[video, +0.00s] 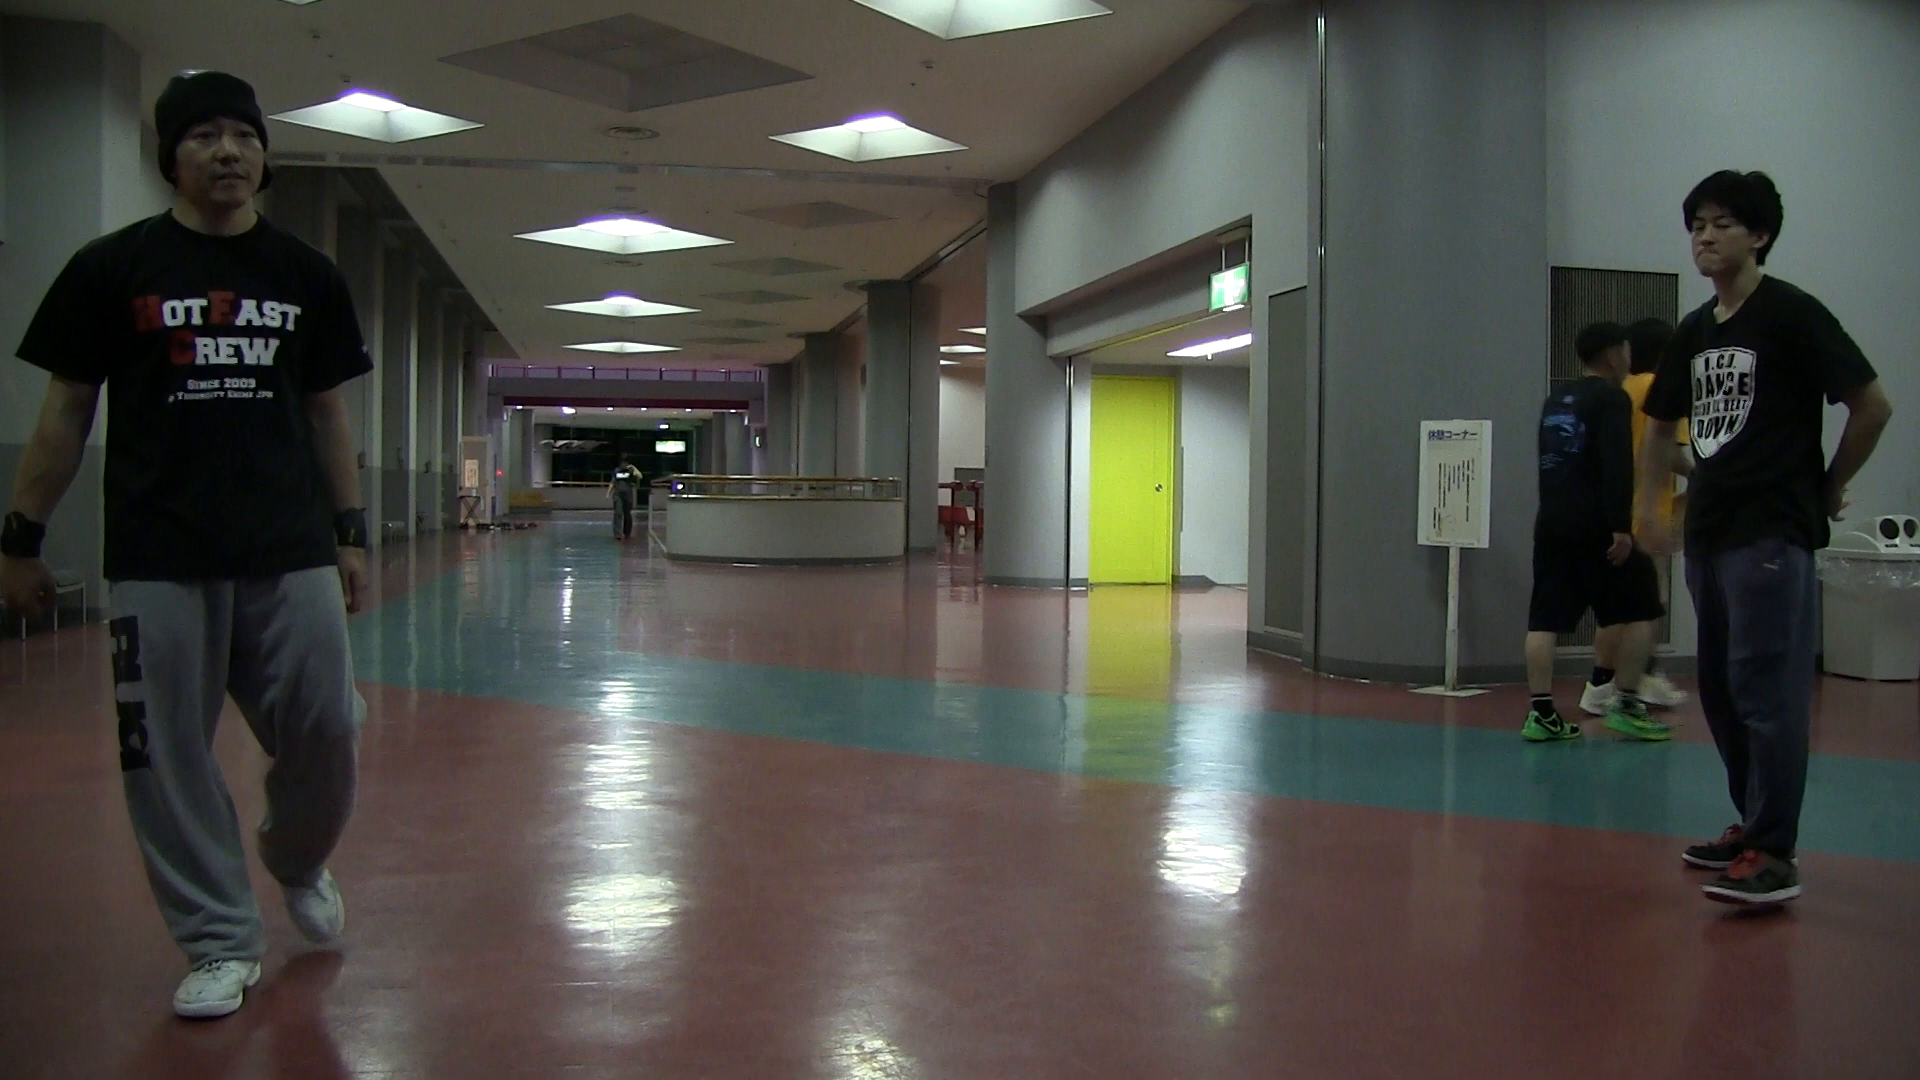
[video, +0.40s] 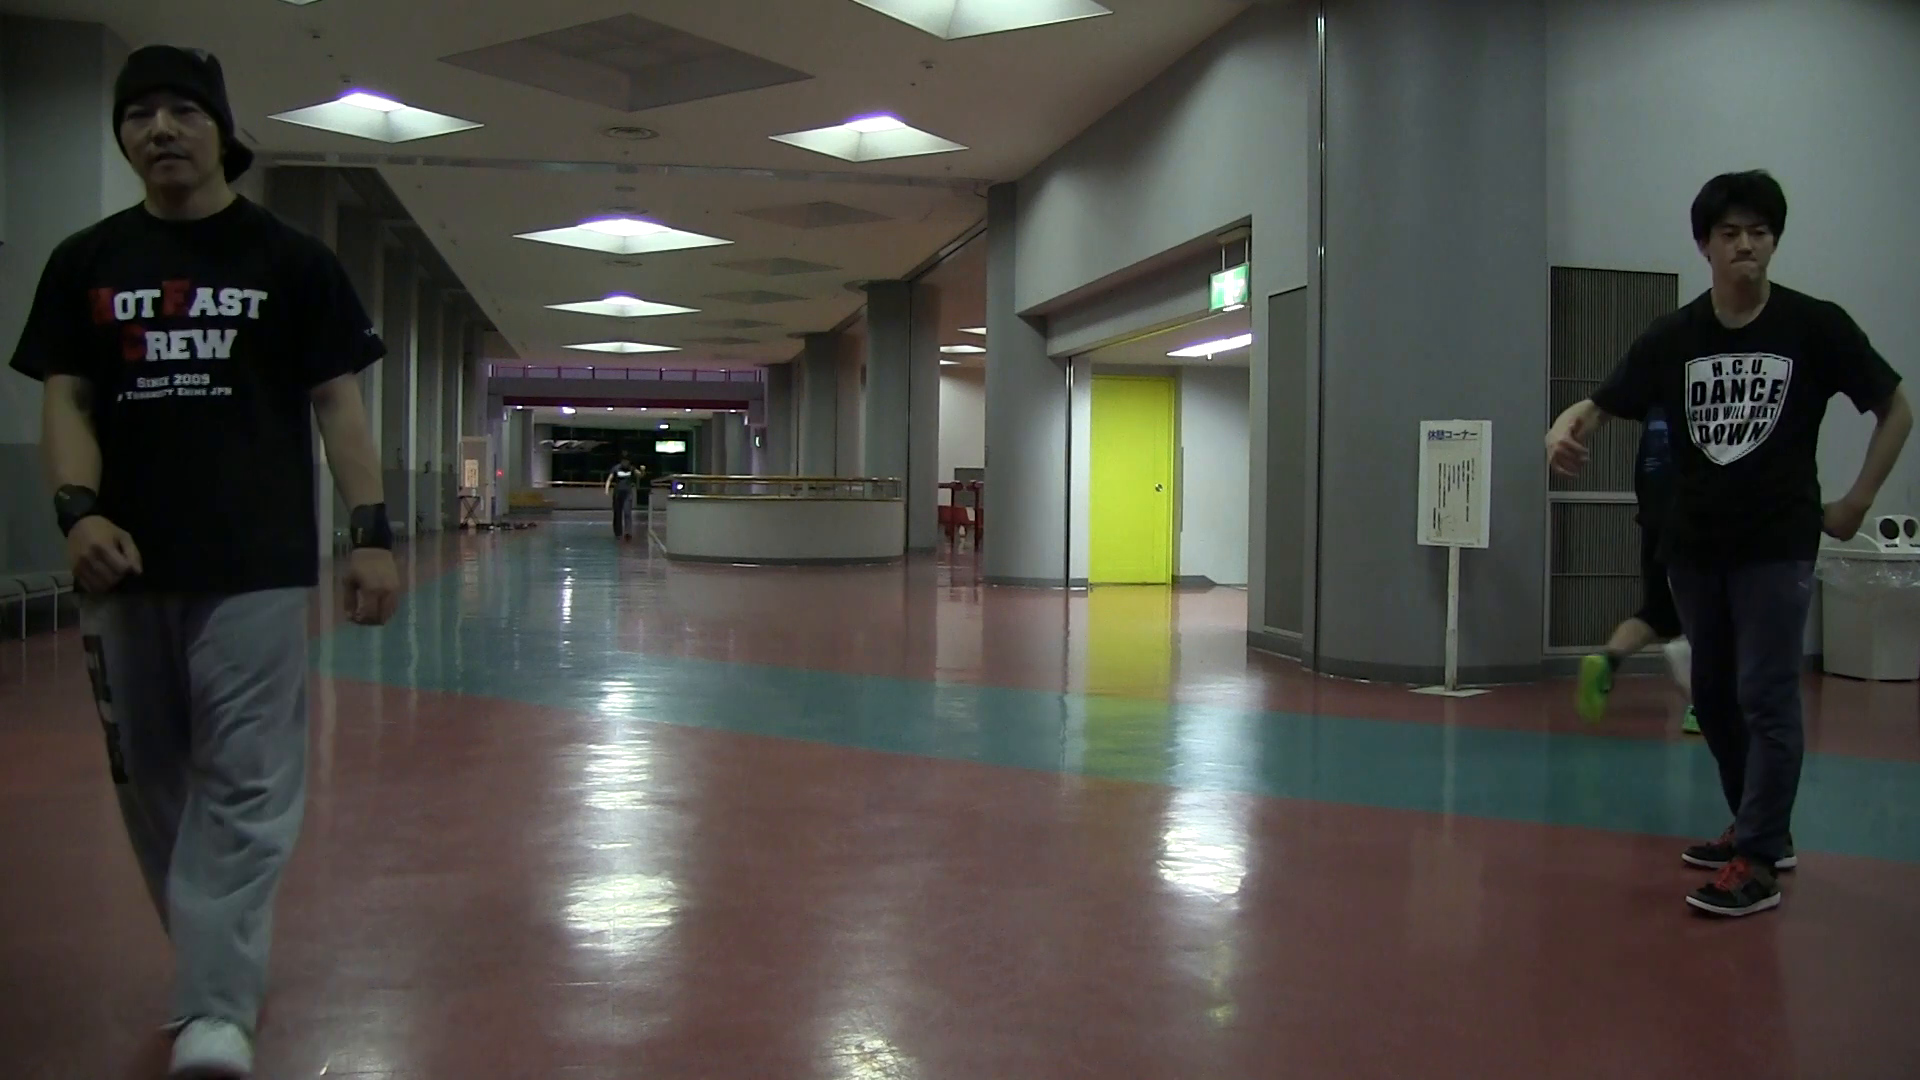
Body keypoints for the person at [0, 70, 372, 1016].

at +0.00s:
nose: (227, 148)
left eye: (241, 134)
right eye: (205, 135)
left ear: (265, 155)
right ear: (170, 156)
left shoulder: (307, 275)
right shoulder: (110, 269)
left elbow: (329, 411)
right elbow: (65, 414)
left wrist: (353, 532)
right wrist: (22, 536)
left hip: (287, 542)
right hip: (159, 551)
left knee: (328, 723)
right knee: (167, 752)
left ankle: (298, 860)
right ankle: (218, 942)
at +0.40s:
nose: (163, 127)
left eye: (183, 110)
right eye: (143, 114)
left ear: (224, 132)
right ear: (121, 142)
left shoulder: (294, 259)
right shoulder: (84, 263)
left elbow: (339, 406)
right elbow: (65, 401)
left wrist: (372, 533)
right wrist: (77, 511)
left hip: (254, 559)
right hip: (128, 564)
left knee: (242, 777)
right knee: (154, 778)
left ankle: (218, 1012)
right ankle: (218, 966)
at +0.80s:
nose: (122, 65)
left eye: (151, 48)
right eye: (107, 47)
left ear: (207, 75)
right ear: (90, 71)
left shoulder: (262, 217)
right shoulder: (51, 209)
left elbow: (280, 385)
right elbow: (13, 373)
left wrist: (246, 545)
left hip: (196, 549)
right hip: (54, 541)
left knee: (216, 803)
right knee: (19, 778)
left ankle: (204, 1030)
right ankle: (122, 931)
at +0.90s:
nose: (100, 57)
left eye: (131, 37)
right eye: (84, 37)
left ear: (187, 69)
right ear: (63, 61)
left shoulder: (243, 205)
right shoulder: (27, 198)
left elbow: (260, 375)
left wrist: (205, 534)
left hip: (190, 552)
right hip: (39, 543)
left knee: (215, 803)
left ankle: (200, 1038)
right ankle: (15, 988)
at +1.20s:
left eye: (9, 28)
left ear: (46, 51)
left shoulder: (130, 192)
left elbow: (181, 359)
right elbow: (181, 358)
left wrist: (186, 512)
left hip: (94, 557)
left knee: (170, 810)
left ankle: (196, 1032)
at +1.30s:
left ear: (10, 65)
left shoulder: (68, 180)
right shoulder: (69, 185)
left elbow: (139, 354)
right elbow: (140, 355)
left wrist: (186, 503)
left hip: (55, 538)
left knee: (122, 788)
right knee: (116, 788)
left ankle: (183, 1031)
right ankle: (179, 1023)